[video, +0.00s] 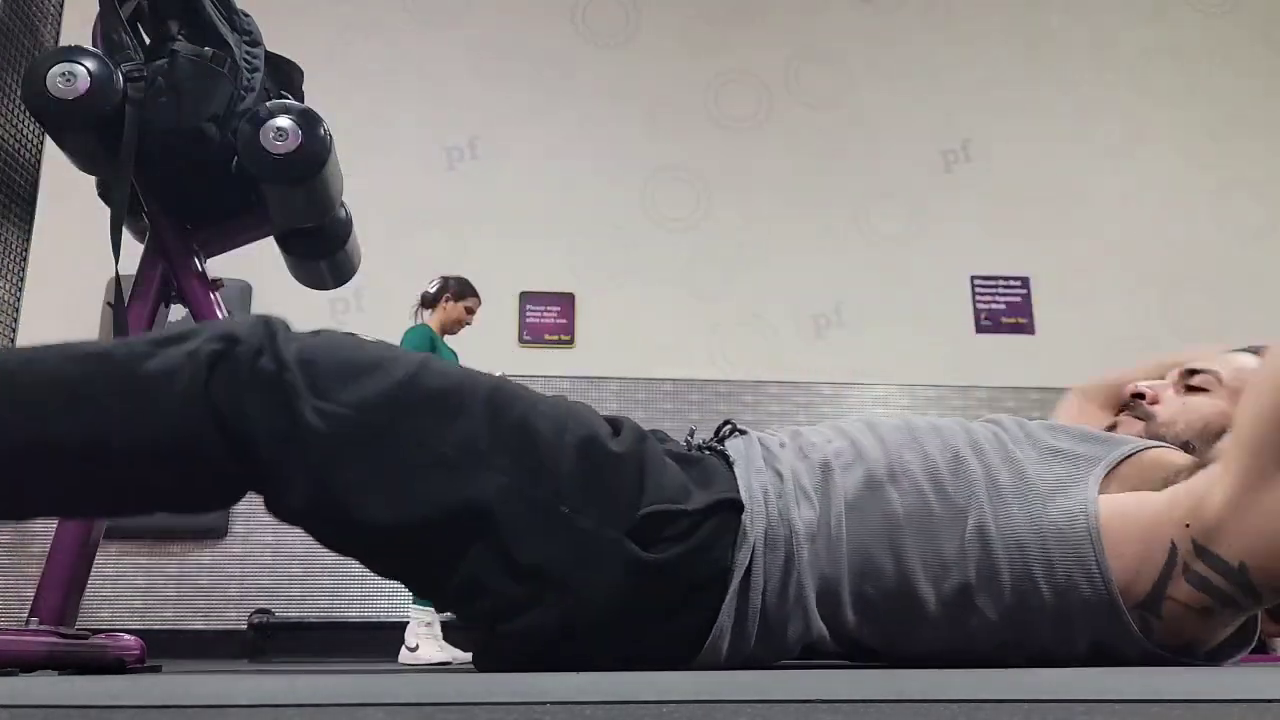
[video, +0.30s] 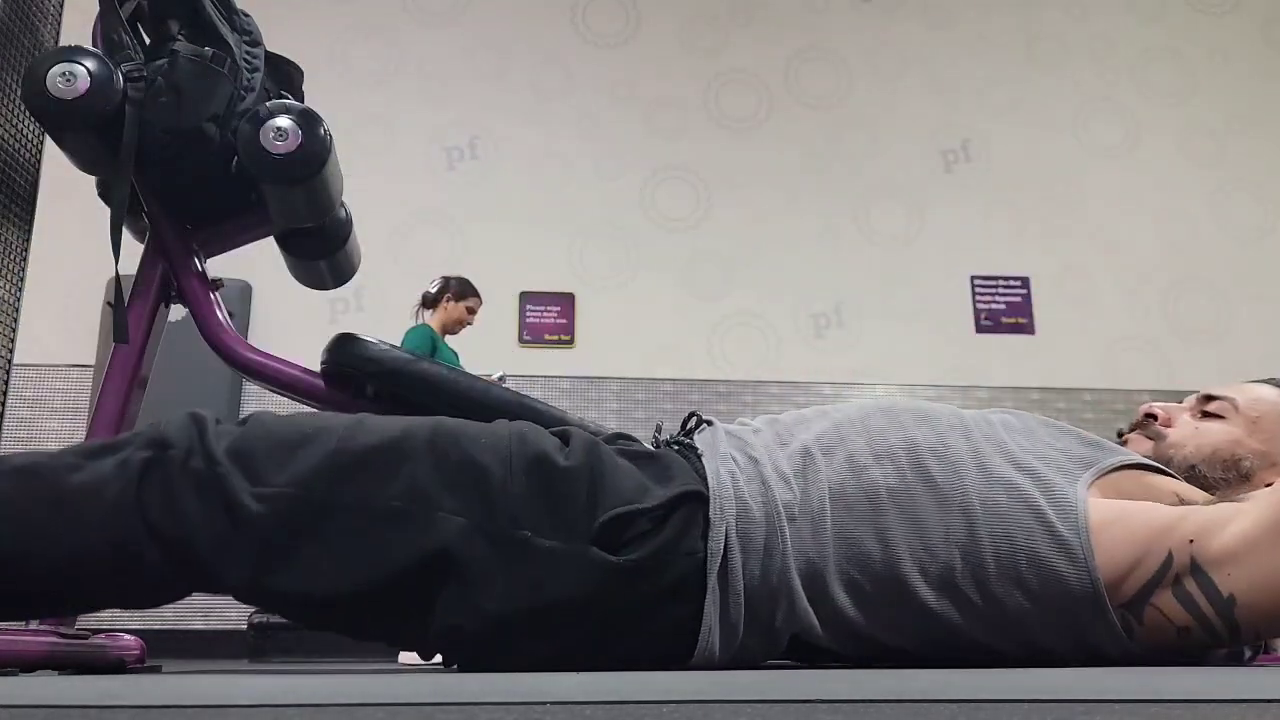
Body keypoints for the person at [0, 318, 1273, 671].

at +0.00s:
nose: (1189, 388)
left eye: (1217, 402)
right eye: (1191, 377)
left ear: (1245, 455)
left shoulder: (1193, 569)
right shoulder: (1099, 483)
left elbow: (1266, 398)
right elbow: (1092, 395)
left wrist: (1241, 391)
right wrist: (1195, 390)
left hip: (690, 538)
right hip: (677, 510)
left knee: (247, 378)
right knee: (250, 387)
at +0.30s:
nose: (1190, 406)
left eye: (1218, 422)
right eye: (1202, 398)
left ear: (1229, 482)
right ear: (1171, 425)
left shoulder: (1170, 553)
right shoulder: (1096, 479)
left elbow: (1273, 565)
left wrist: (1245, 469)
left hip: (649, 542)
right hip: (649, 476)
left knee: (214, 486)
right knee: (235, 473)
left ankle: (15, 527)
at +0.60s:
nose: (1198, 407)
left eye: (1227, 420)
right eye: (1203, 400)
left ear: (1233, 482)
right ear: (1167, 433)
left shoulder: (1168, 568)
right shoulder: (1107, 494)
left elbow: (1276, 461)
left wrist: (1237, 435)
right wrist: (1213, 437)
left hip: (652, 546)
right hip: (648, 483)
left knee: (225, 404)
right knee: (262, 395)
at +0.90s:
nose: (1176, 348)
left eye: (1213, 360)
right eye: (1194, 342)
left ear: (1252, 439)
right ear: (1161, 396)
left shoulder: (1206, 530)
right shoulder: (1068, 478)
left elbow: (1074, 254)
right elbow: (906, 395)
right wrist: (930, 202)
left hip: (656, 565)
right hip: (643, 508)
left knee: (350, 275)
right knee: (368, 287)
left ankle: (20, 267)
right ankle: (224, 202)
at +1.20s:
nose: (932, 263)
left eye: (960, 237)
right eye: (933, 241)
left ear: (1068, 247)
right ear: (983, 260)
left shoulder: (1107, 352)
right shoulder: (954, 403)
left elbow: (807, 261)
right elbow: (723, 358)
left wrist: (585, 155)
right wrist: (545, 255)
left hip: (709, 555)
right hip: (685, 532)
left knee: (398, 251)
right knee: (398, 264)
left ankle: (49, 204)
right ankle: (76, 198)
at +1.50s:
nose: (761, 161)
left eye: (789, 131)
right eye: (765, 142)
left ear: (891, 113)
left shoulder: (936, 210)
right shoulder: (845, 318)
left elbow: (634, 147)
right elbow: (606, 286)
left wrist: (411, 78)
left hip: (660, 565)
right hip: (622, 592)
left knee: (460, 191)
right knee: (461, 195)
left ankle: (102, 111)